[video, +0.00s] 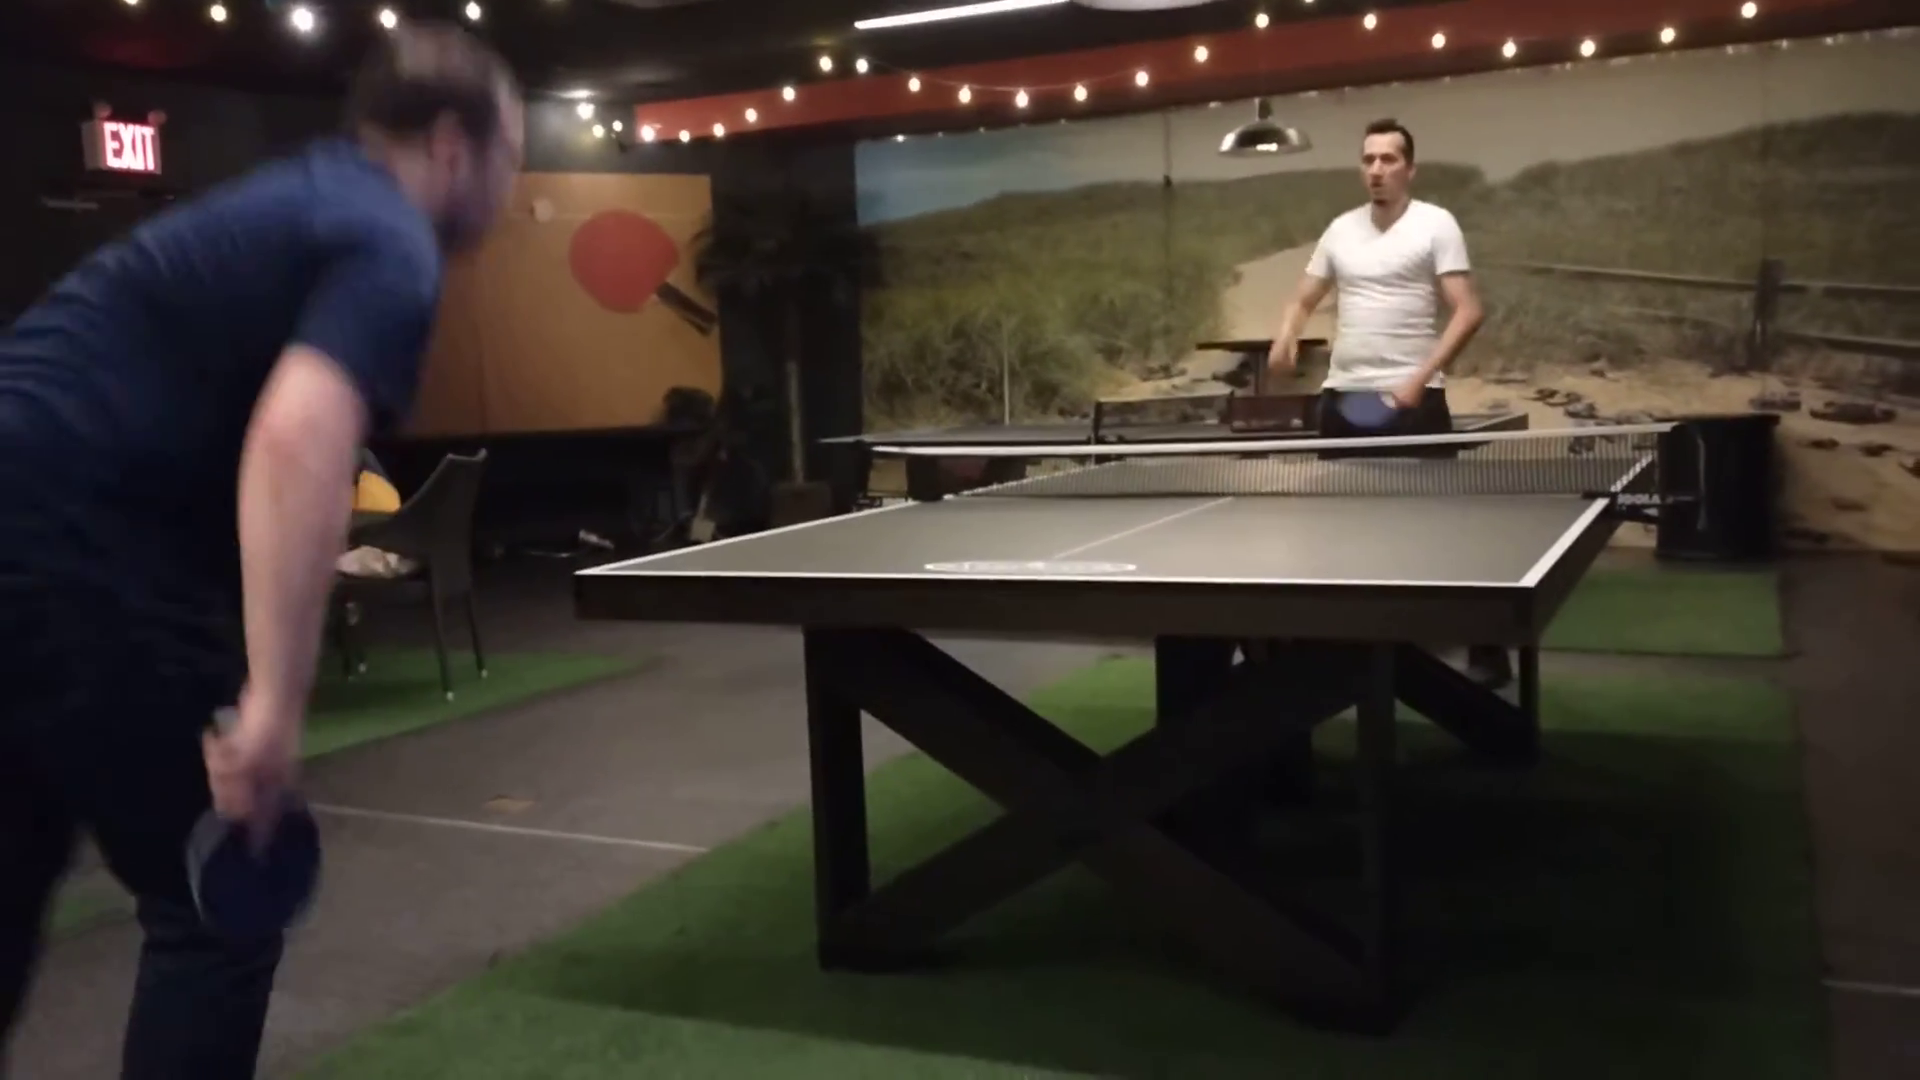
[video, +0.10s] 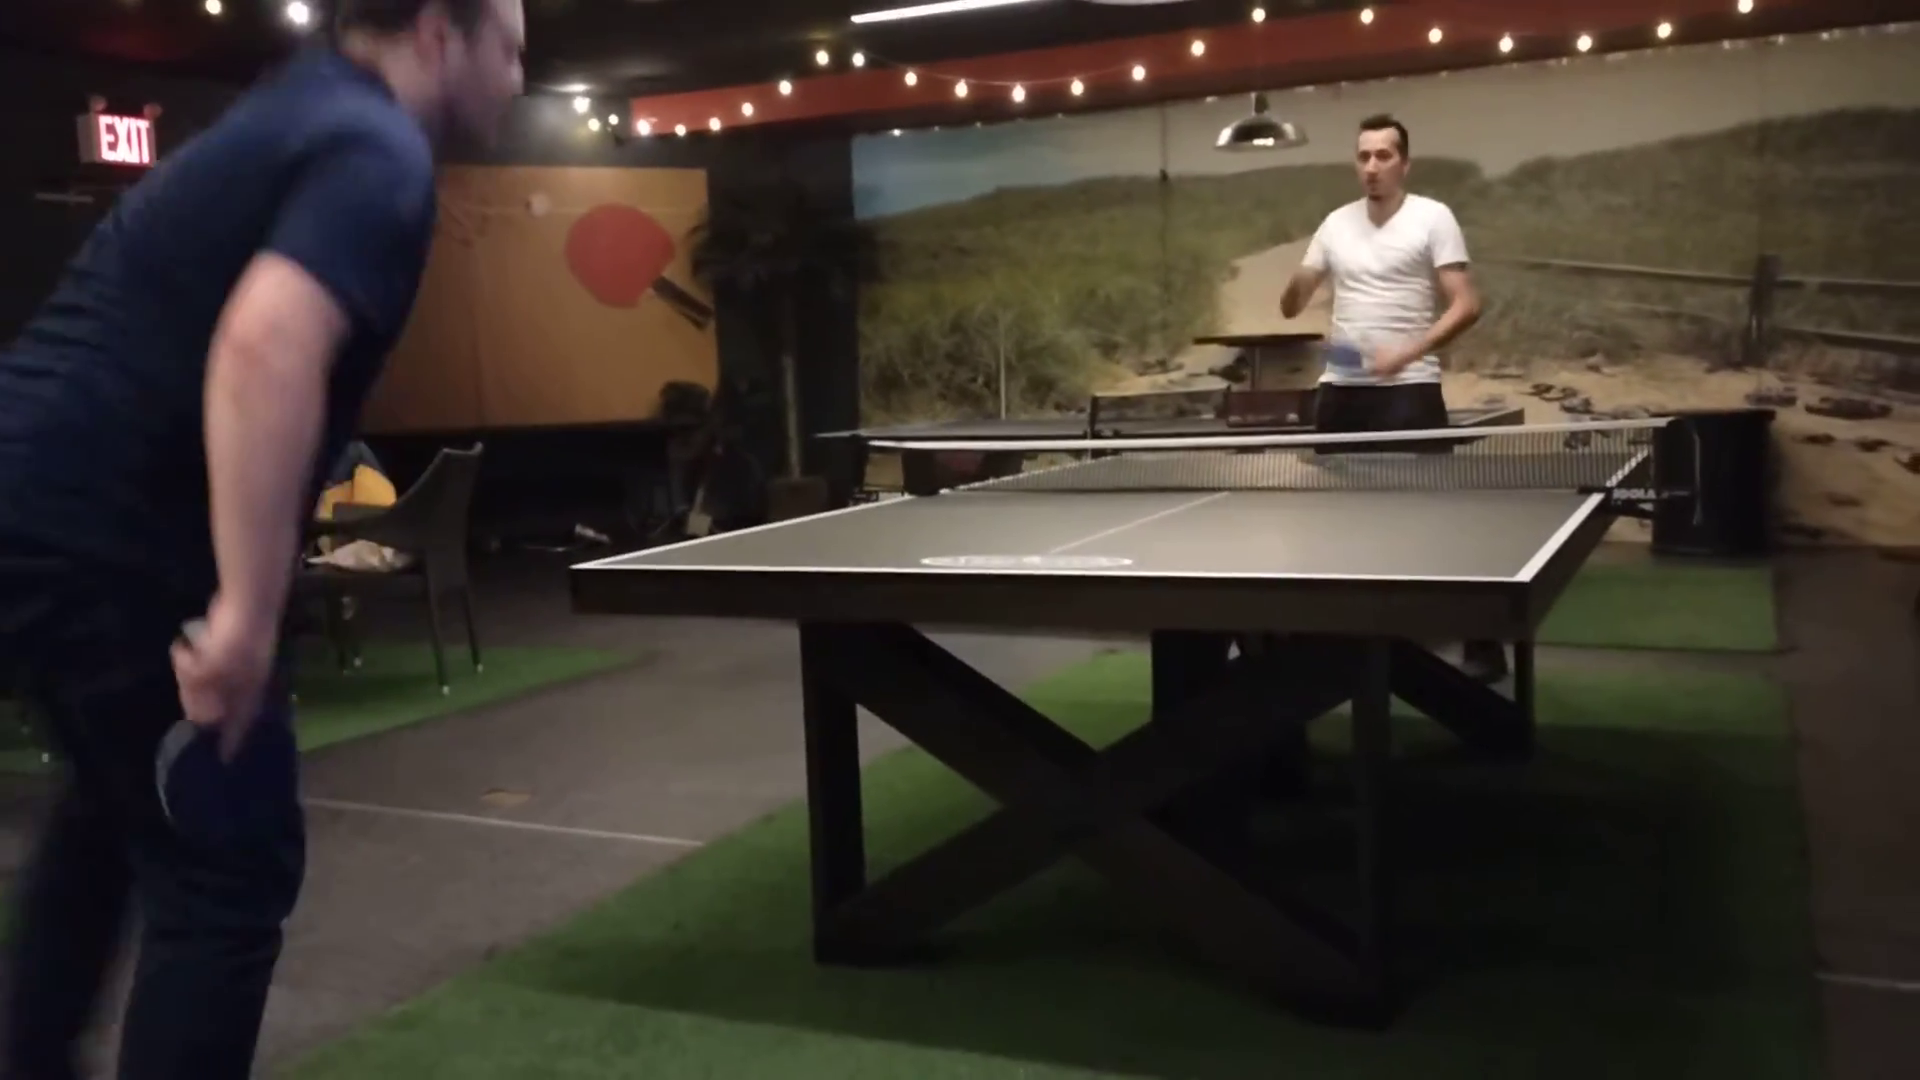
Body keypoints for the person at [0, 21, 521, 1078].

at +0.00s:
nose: (508, 191)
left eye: (513, 163)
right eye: (508, 159)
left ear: (383, 126)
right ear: (451, 145)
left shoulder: (294, 192)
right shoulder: (386, 236)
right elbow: (295, 437)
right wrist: (272, 695)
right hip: (64, 559)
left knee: (25, 853)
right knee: (230, 871)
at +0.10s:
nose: (519, 77)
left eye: (520, 50)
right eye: (510, 44)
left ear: (405, 31)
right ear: (435, 34)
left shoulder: (296, 106)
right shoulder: (376, 146)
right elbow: (266, 345)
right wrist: (247, 605)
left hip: (41, 512)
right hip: (119, 536)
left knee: (105, 800)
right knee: (234, 868)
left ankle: (36, 1053)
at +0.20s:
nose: (522, 10)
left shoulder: (319, 60)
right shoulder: (358, 88)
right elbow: (221, 283)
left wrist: (264, 535)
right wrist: (218, 552)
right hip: (179, 539)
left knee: (226, 873)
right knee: (231, 881)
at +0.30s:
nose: (518, 0)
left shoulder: (384, 74)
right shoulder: (338, 57)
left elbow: (318, 306)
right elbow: (194, 266)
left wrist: (388, 481)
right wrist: (186, 530)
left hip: (319, 541)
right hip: (244, 549)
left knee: (388, 769)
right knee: (230, 856)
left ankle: (383, 1050)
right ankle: (174, 1062)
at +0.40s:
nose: (537, 3)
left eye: (535, 2)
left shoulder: (453, 112)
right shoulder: (329, 37)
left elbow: (464, 341)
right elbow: (190, 243)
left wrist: (525, 521)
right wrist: (164, 498)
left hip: (382, 552)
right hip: (259, 549)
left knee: (476, 780)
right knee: (237, 852)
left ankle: (553, 1051)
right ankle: (159, 1061)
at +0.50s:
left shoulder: (525, 125)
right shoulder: (339, 32)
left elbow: (584, 356)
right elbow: (191, 201)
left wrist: (677, 527)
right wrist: (119, 420)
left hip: (454, 556)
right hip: (289, 541)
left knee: (547, 787)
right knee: (263, 848)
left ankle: (596, 1066)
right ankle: (172, 1066)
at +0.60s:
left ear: (588, 9)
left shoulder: (603, 132)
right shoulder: (379, 26)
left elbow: (693, 321)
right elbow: (211, 163)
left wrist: (833, 457)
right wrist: (75, 311)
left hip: (517, 537)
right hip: (353, 517)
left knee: (590, 782)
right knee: (365, 827)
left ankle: (595, 1063)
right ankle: (218, 1062)